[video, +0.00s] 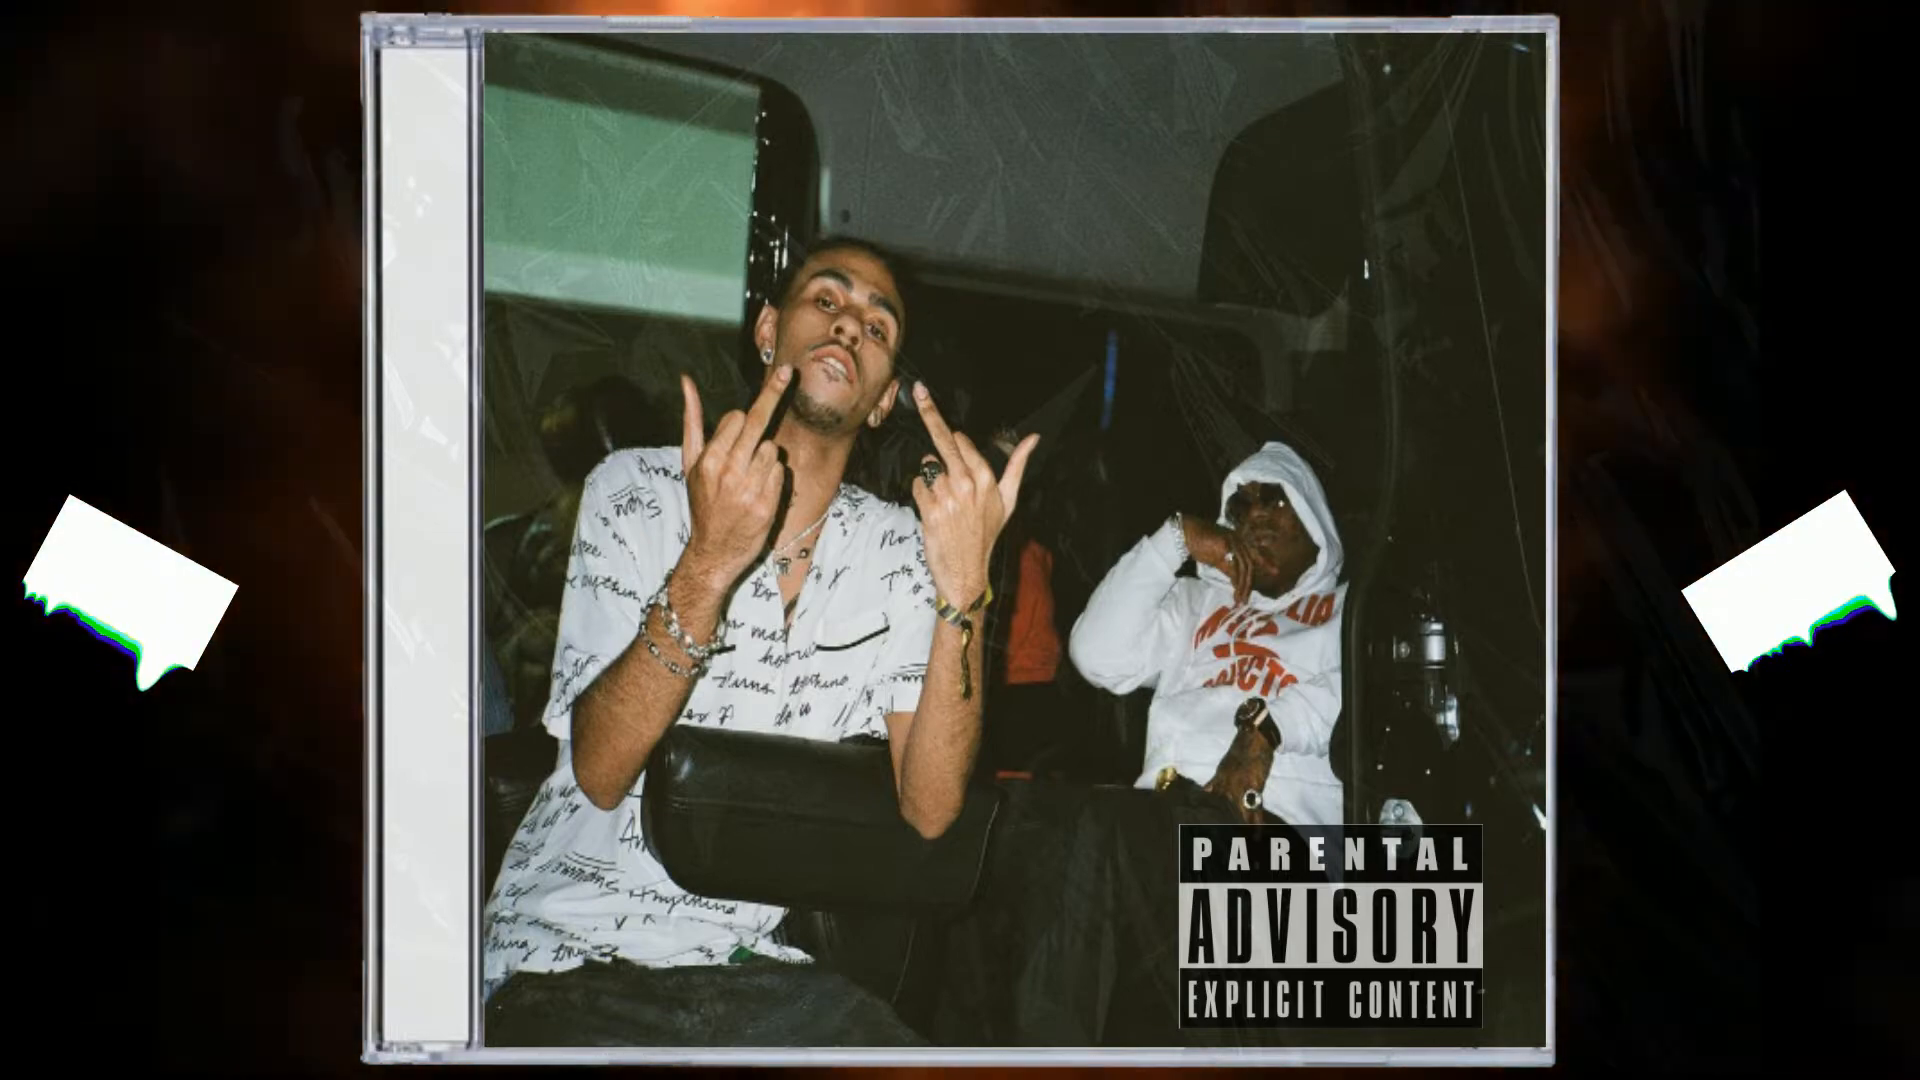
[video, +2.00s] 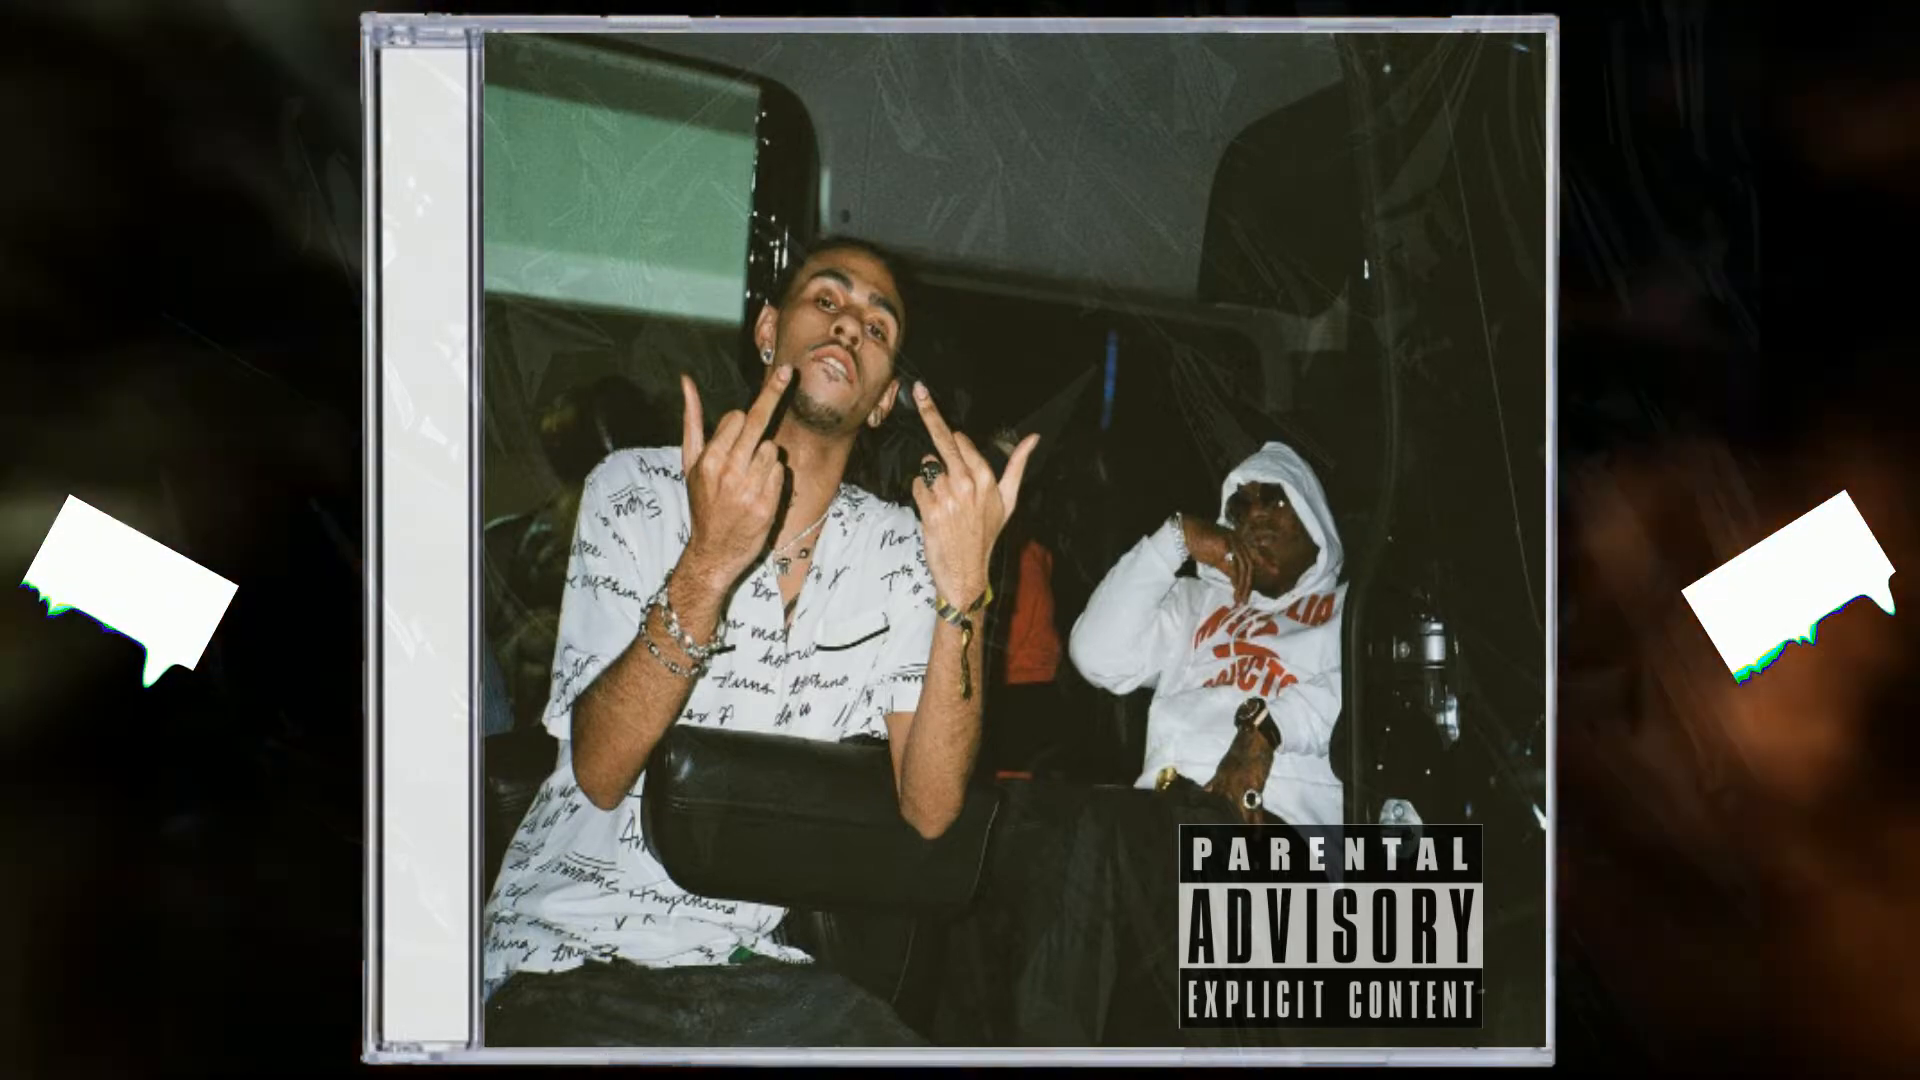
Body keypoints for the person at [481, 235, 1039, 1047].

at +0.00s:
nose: (852, 323)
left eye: (879, 323)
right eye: (826, 299)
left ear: (887, 396)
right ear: (766, 333)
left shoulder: (903, 551)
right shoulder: (638, 490)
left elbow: (931, 809)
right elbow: (601, 770)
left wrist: (966, 593)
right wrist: (710, 563)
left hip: (753, 957)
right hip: (570, 945)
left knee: (905, 1060)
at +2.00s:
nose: (852, 323)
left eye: (878, 323)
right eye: (826, 299)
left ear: (886, 396)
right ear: (766, 332)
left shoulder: (902, 550)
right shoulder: (638, 490)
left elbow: (930, 809)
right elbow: (601, 770)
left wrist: (965, 593)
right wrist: (709, 564)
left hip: (754, 956)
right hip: (568, 943)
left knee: (905, 1060)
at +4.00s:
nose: (851, 322)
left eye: (878, 323)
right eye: (826, 298)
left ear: (886, 395)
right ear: (767, 332)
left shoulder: (903, 550)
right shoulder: (638, 490)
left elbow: (931, 809)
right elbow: (601, 770)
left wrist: (965, 594)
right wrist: (710, 564)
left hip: (752, 955)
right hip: (568, 943)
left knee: (906, 1060)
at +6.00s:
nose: (851, 323)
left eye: (878, 323)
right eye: (826, 299)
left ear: (887, 395)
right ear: (767, 333)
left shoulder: (903, 550)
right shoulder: (638, 490)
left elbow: (931, 809)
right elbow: (601, 770)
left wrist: (966, 594)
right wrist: (710, 564)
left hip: (756, 957)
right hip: (570, 945)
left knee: (913, 1066)